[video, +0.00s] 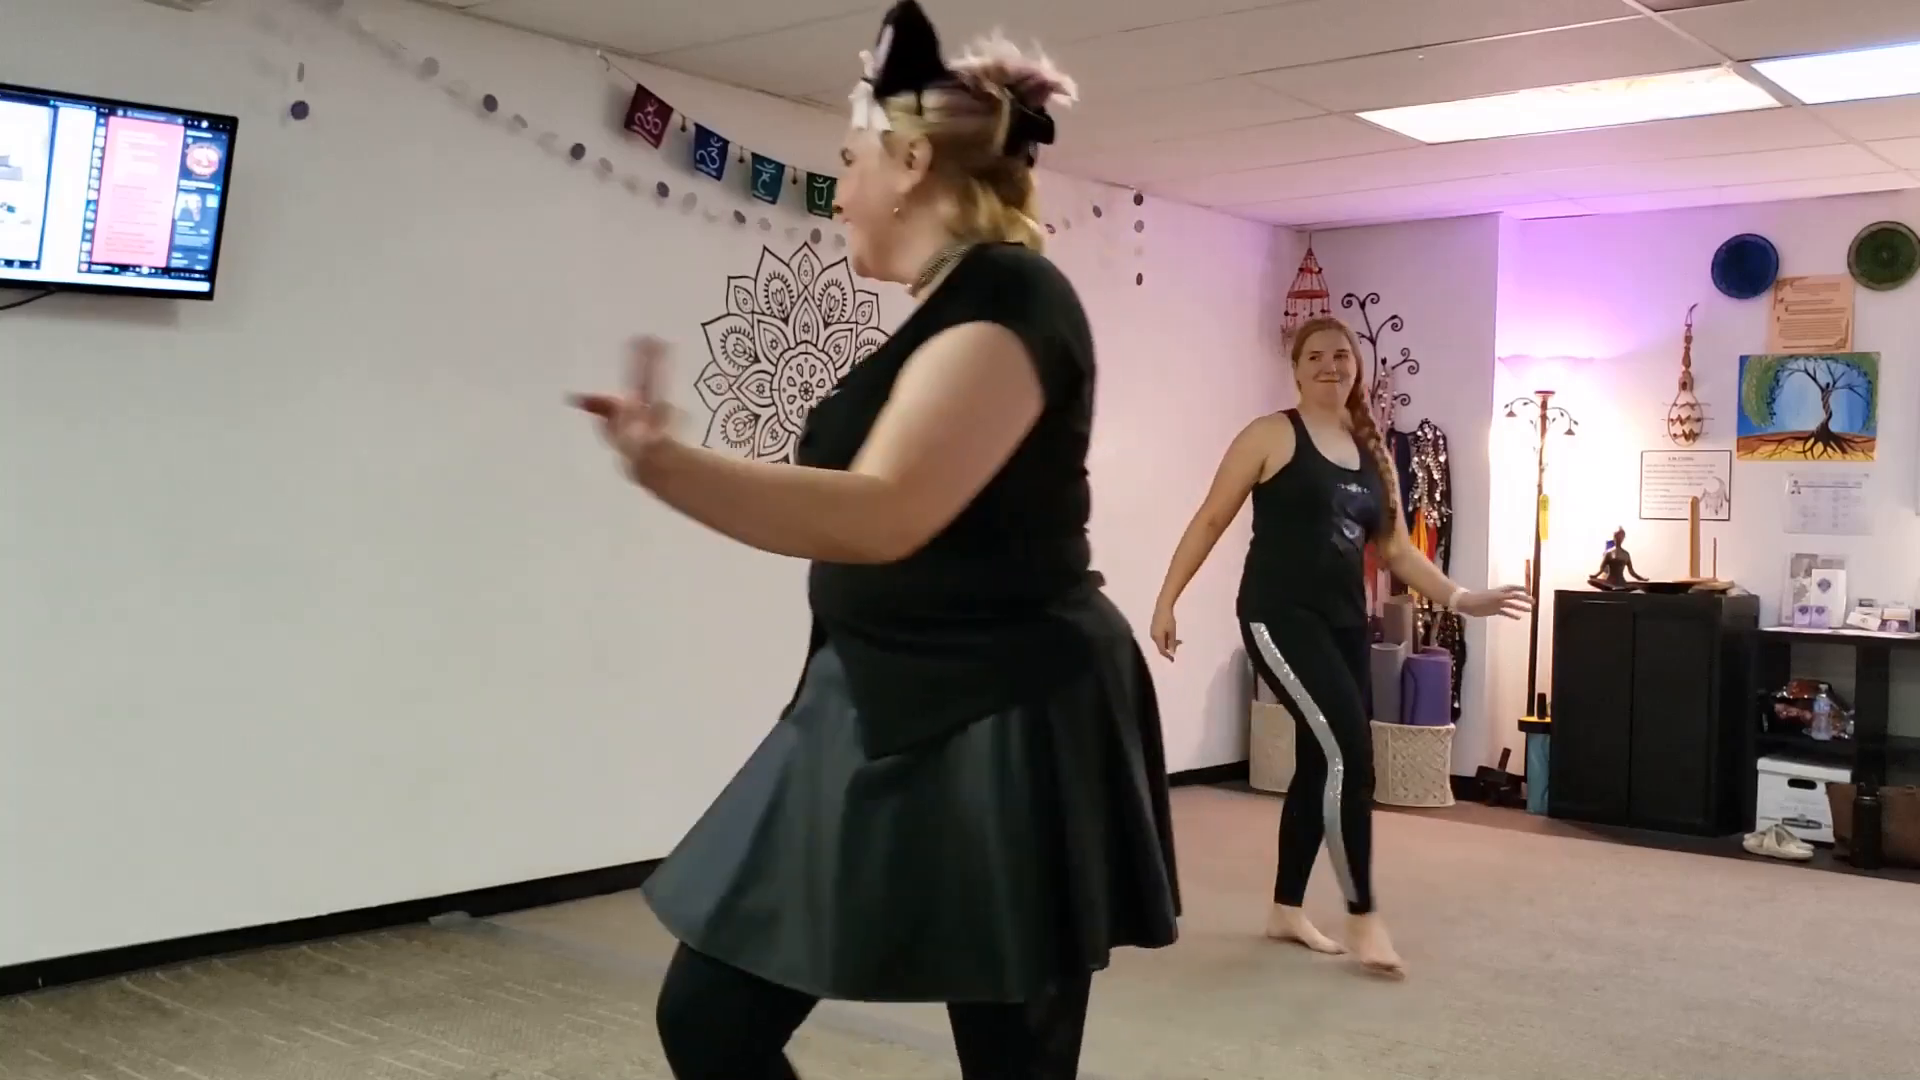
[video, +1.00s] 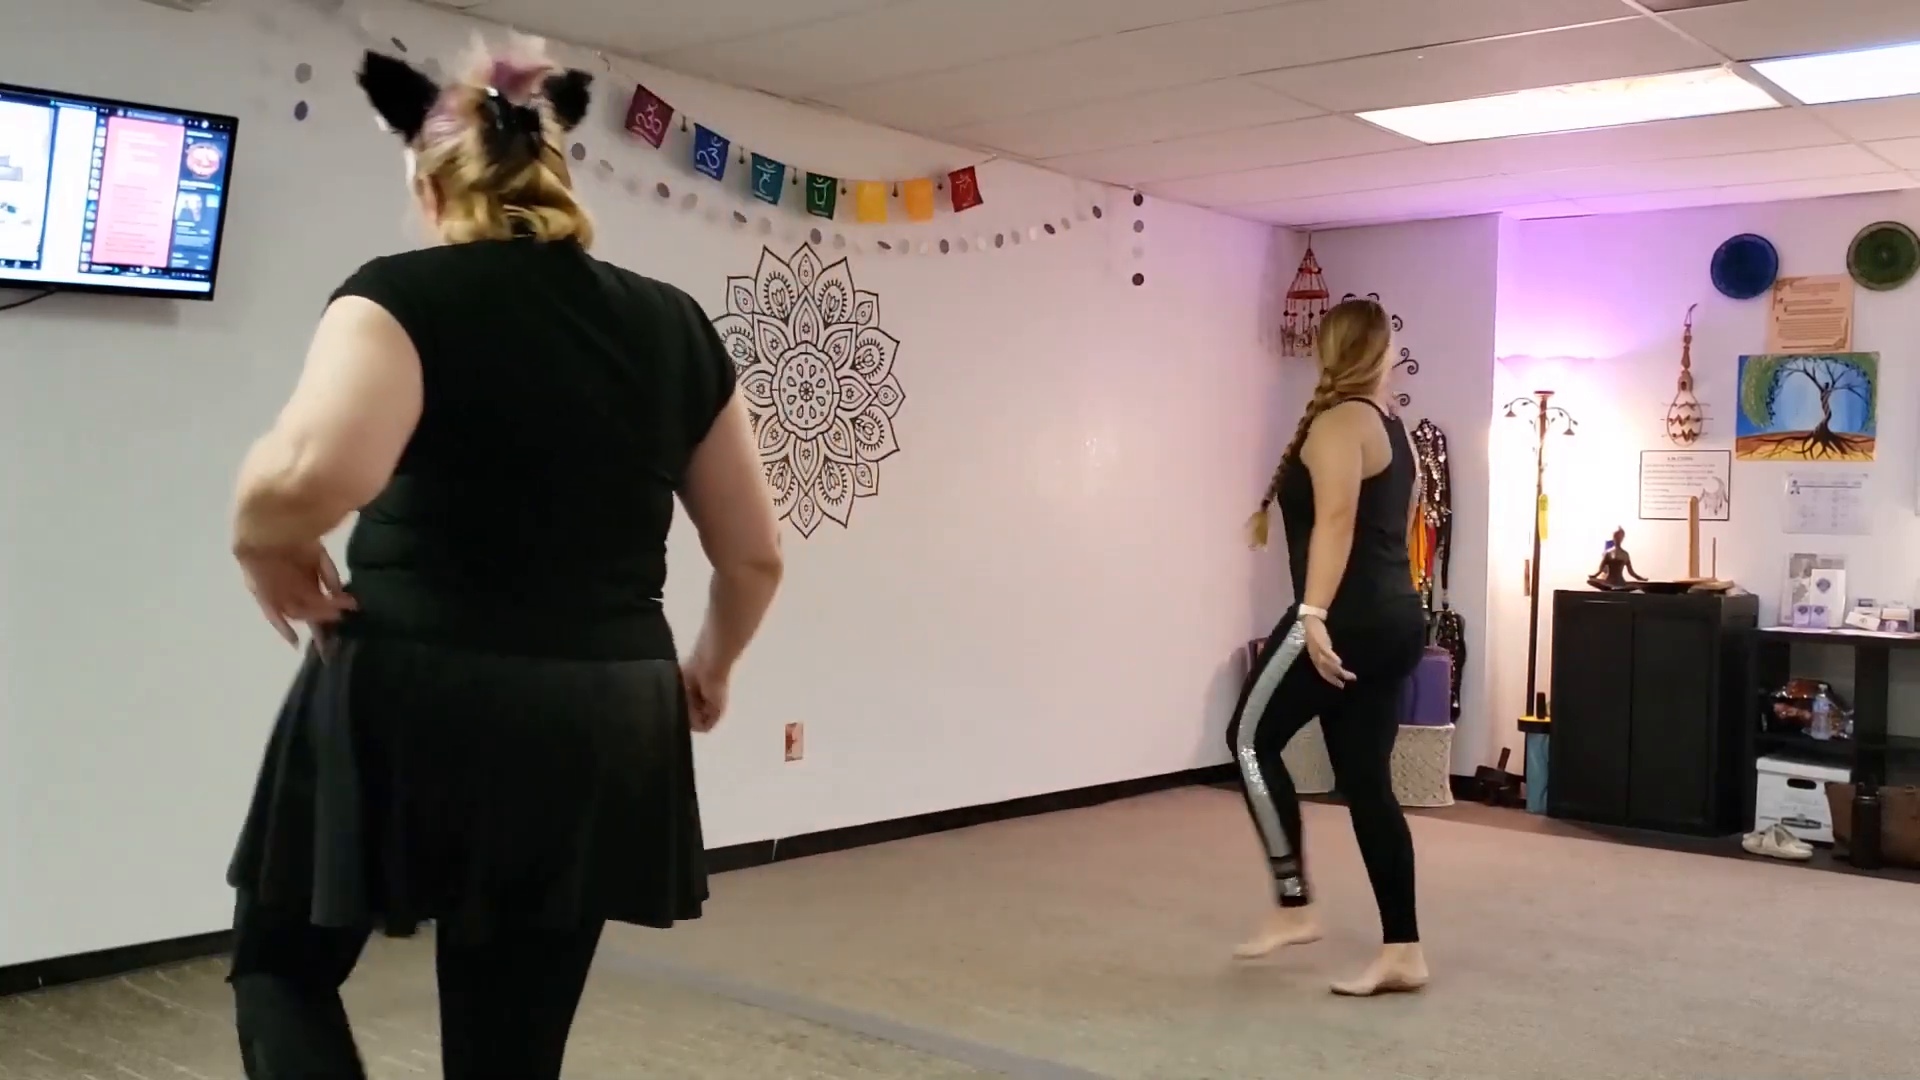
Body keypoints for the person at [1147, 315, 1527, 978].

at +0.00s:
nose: (1329, 363)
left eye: (1340, 353)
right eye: (1315, 355)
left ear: (1358, 369)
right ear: (1296, 370)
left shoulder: (1373, 457)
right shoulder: (1270, 435)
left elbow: (1398, 549)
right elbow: (1210, 521)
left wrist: (1459, 597)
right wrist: (1166, 598)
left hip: (1345, 623)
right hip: (1277, 615)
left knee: (1321, 759)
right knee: (1348, 744)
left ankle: (1286, 907)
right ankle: (1365, 920)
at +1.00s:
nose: (1399, 358)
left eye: (1395, 347)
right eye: (1395, 348)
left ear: (1330, 351)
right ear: (1380, 355)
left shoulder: (1337, 423)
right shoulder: (1387, 430)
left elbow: (1335, 521)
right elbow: (1382, 527)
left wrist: (1311, 613)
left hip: (1341, 617)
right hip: (1393, 619)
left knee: (1251, 736)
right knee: (1367, 783)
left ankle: (1292, 906)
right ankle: (1403, 948)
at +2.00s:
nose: (1258, 373)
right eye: (1258, 365)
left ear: (1201, 371)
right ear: (1255, 372)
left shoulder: (1173, 450)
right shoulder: (1292, 442)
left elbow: (1151, 544)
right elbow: (1329, 528)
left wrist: (1110, 543)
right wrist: (1370, 610)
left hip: (1195, 616)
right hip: (1270, 615)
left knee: (1212, 752)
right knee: (1237, 721)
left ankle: (1231, 902)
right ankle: (1222, 860)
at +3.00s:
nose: (1256, 391)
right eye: (1257, 384)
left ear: (1206, 389)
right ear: (1255, 392)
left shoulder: (1180, 455)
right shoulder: (1281, 462)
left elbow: (1138, 524)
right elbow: (1309, 549)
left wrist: (1098, 586)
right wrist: (1348, 617)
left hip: (1190, 606)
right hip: (1252, 611)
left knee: (1244, 696)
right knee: (1222, 726)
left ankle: (1234, 820)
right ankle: (1197, 860)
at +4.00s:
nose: (1373, 399)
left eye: (1372, 391)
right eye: (1366, 391)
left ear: (1335, 397)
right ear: (1339, 396)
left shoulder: (1332, 446)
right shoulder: (1325, 445)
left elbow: (1336, 526)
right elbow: (1325, 523)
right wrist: (1375, 584)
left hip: (1312, 593)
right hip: (1329, 594)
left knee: (1315, 710)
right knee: (1409, 688)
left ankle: (1296, 834)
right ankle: (1362, 802)